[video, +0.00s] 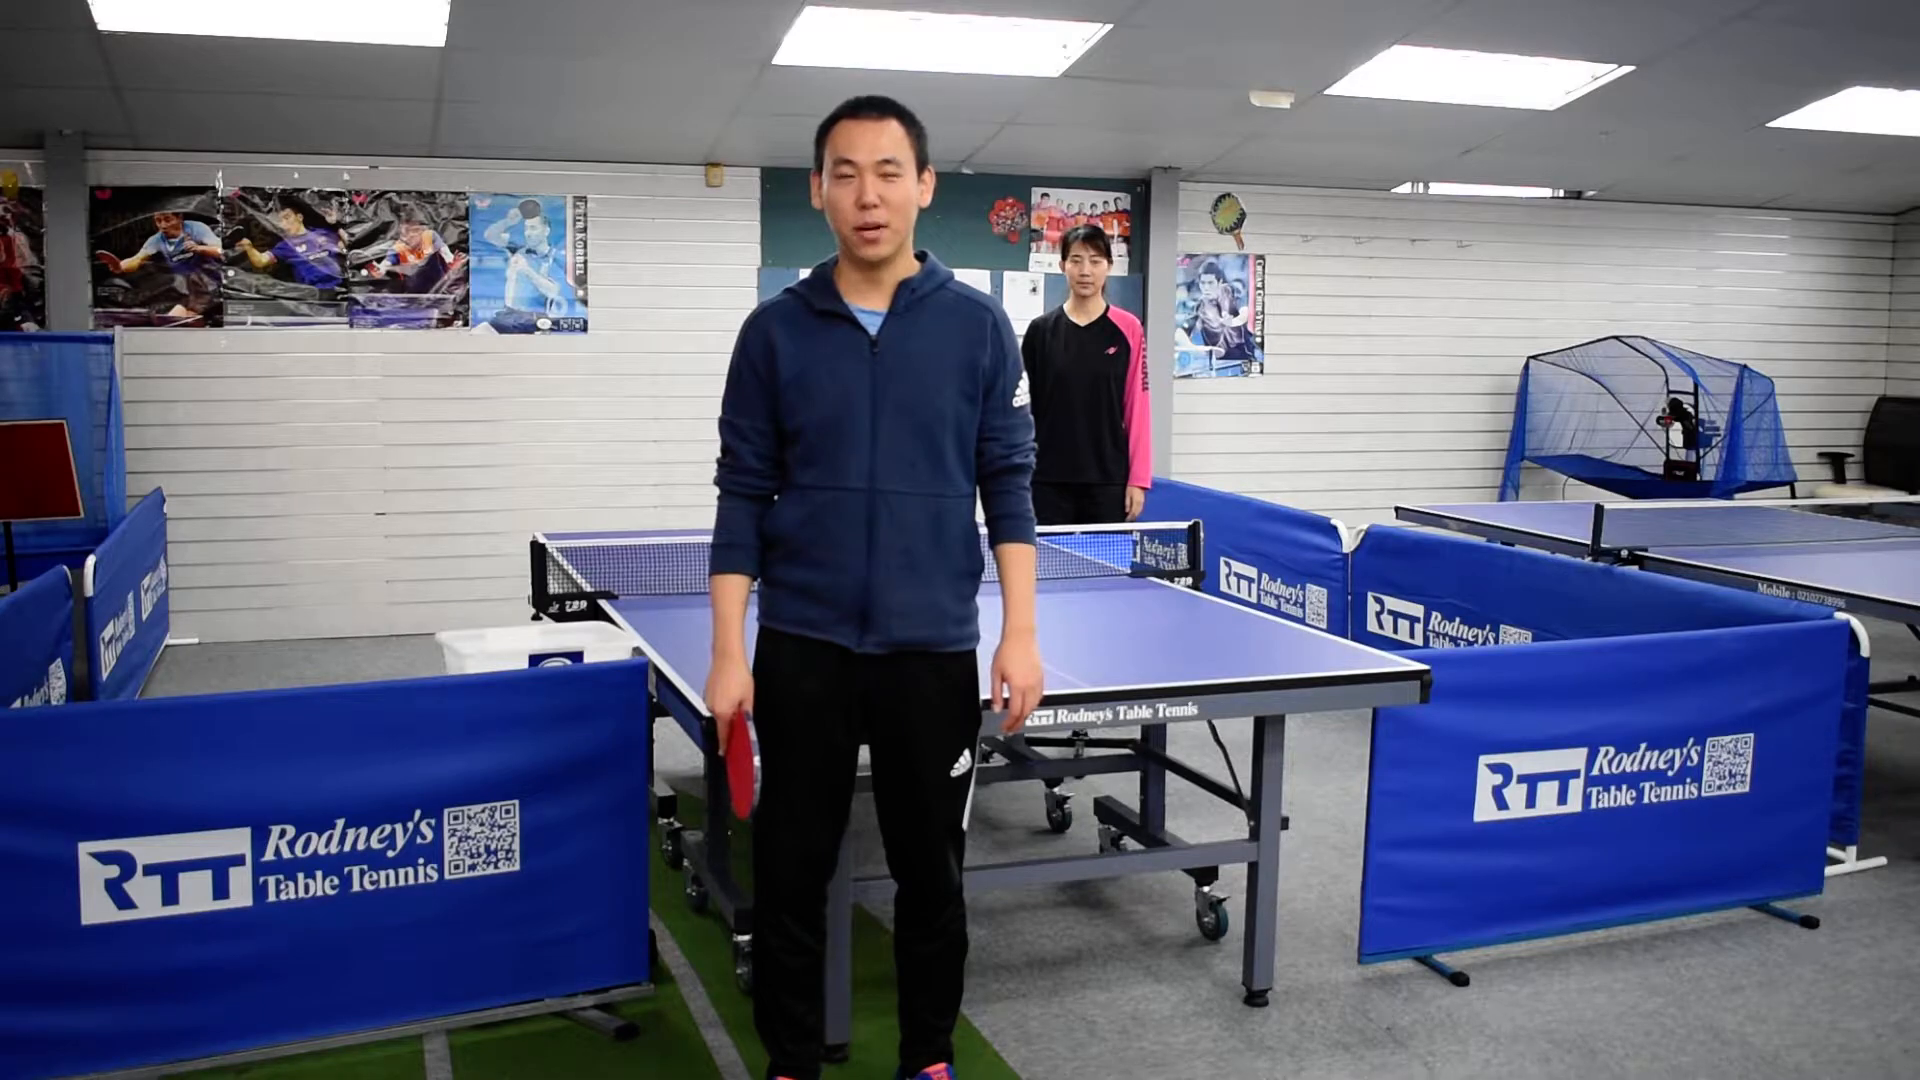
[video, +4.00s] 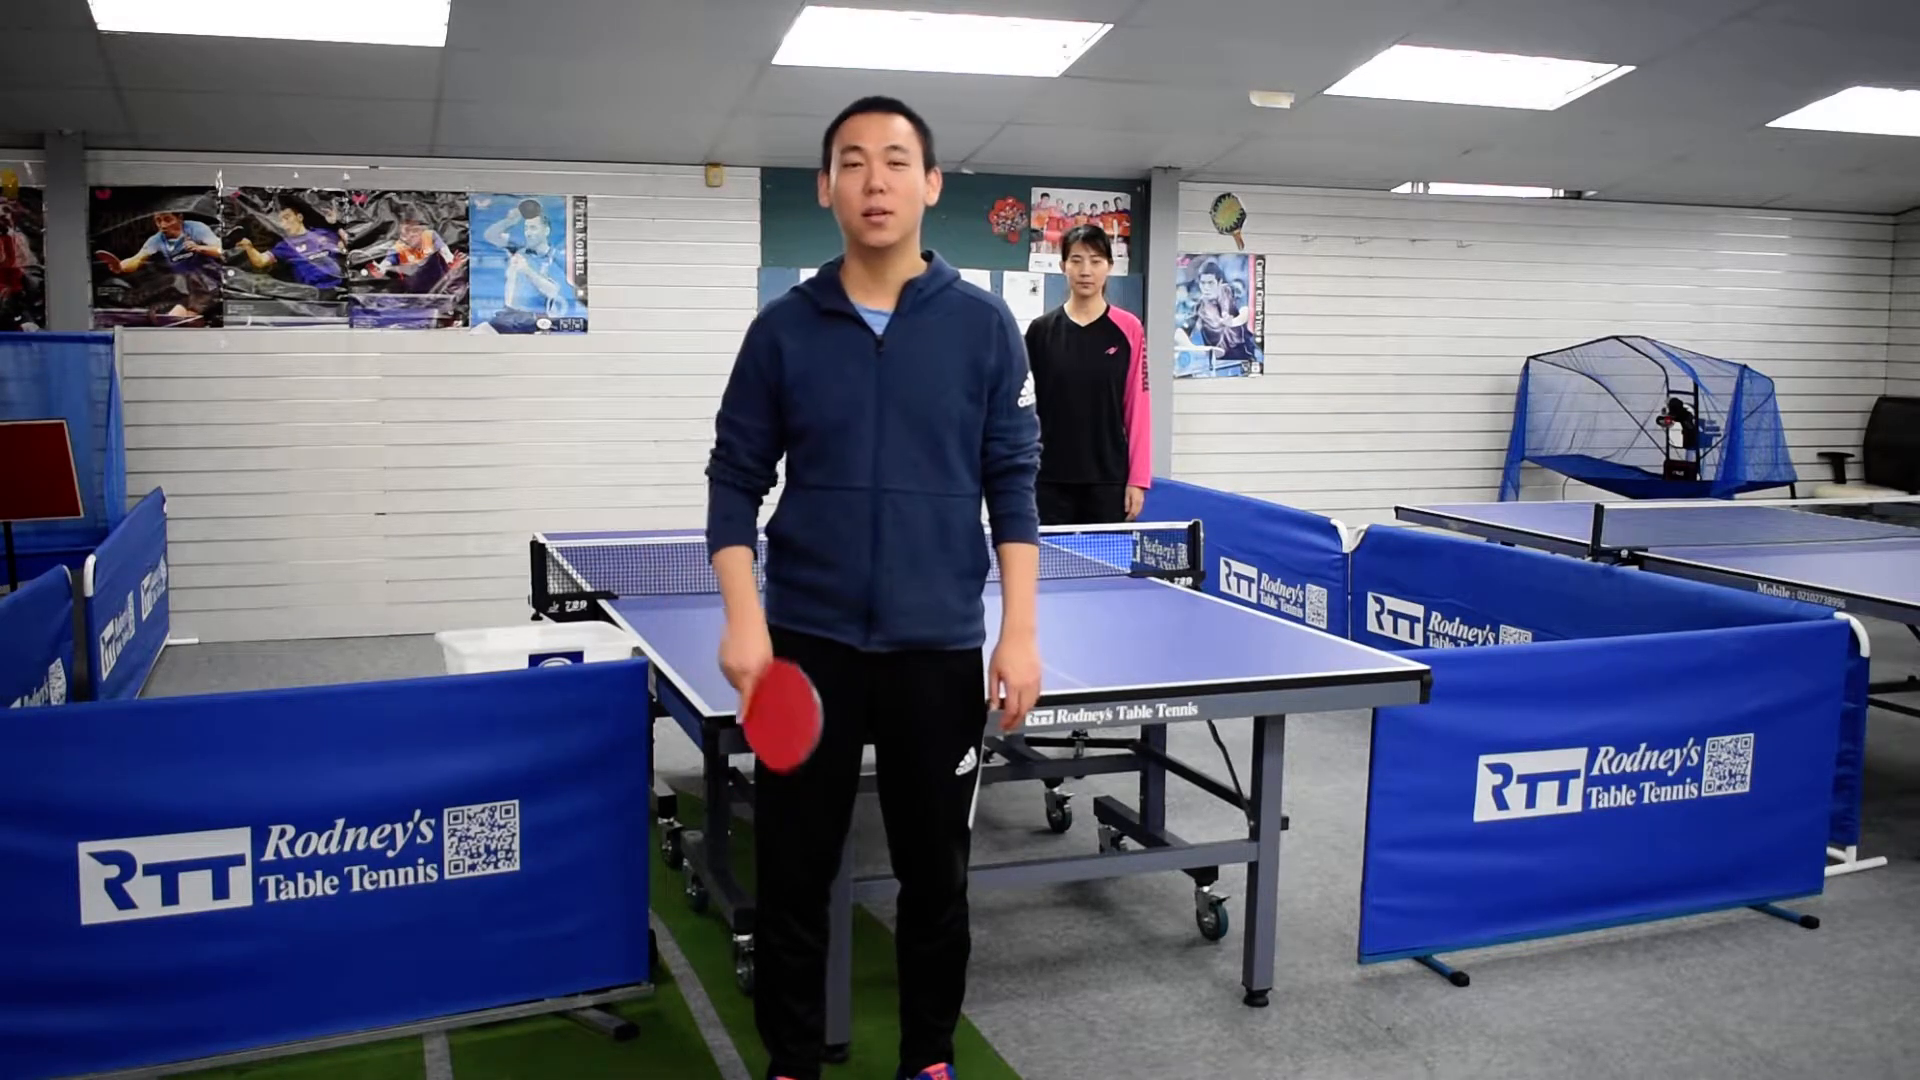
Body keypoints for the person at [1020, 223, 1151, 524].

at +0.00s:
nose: (1085, 271)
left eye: (1095, 262)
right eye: (1076, 261)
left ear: (1109, 268)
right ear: (1063, 266)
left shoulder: (1128, 329)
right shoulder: (1040, 331)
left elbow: (1137, 407)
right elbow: (1022, 405)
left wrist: (1138, 478)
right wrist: (1019, 477)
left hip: (1107, 482)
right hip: (1049, 480)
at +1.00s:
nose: (1085, 271)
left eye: (1095, 262)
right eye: (1076, 261)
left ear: (1108, 268)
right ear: (1063, 266)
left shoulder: (1128, 329)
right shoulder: (1040, 331)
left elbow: (1137, 407)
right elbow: (1023, 405)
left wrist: (1138, 479)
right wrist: (1021, 478)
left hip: (1108, 482)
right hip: (1050, 481)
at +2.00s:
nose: (1085, 271)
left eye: (1095, 262)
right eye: (1075, 261)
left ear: (1108, 268)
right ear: (1063, 266)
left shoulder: (1128, 329)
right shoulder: (1040, 331)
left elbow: (1137, 406)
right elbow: (1023, 404)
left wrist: (1138, 479)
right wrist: (1020, 476)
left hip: (1107, 482)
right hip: (1050, 480)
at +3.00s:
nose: (1085, 271)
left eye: (1095, 262)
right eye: (1076, 261)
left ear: (1108, 268)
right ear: (1063, 267)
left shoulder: (1128, 330)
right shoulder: (1040, 331)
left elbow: (1136, 407)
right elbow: (1023, 404)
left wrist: (1138, 478)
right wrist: (1020, 476)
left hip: (1107, 482)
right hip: (1049, 480)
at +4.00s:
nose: (1086, 271)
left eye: (1096, 262)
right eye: (1076, 261)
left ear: (1109, 268)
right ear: (1064, 266)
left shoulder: (1128, 329)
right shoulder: (1040, 331)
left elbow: (1137, 407)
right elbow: (1023, 405)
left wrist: (1138, 478)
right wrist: (1021, 477)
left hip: (1108, 481)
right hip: (1050, 480)